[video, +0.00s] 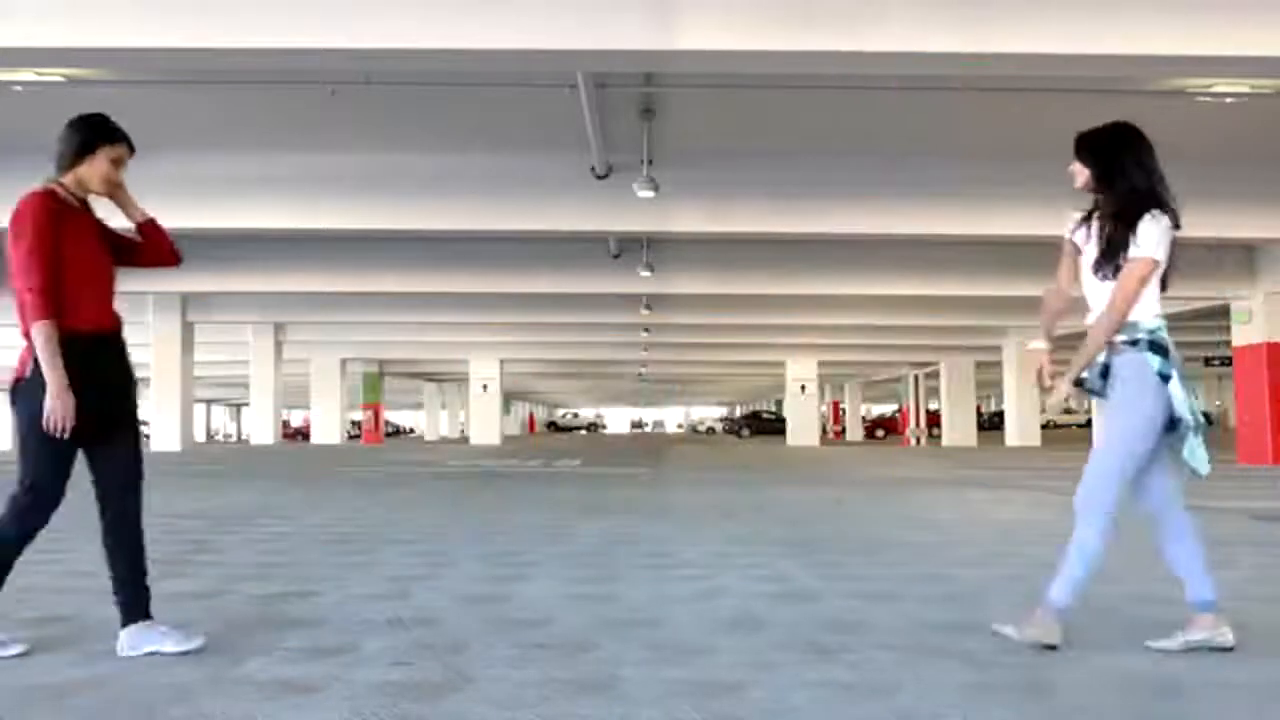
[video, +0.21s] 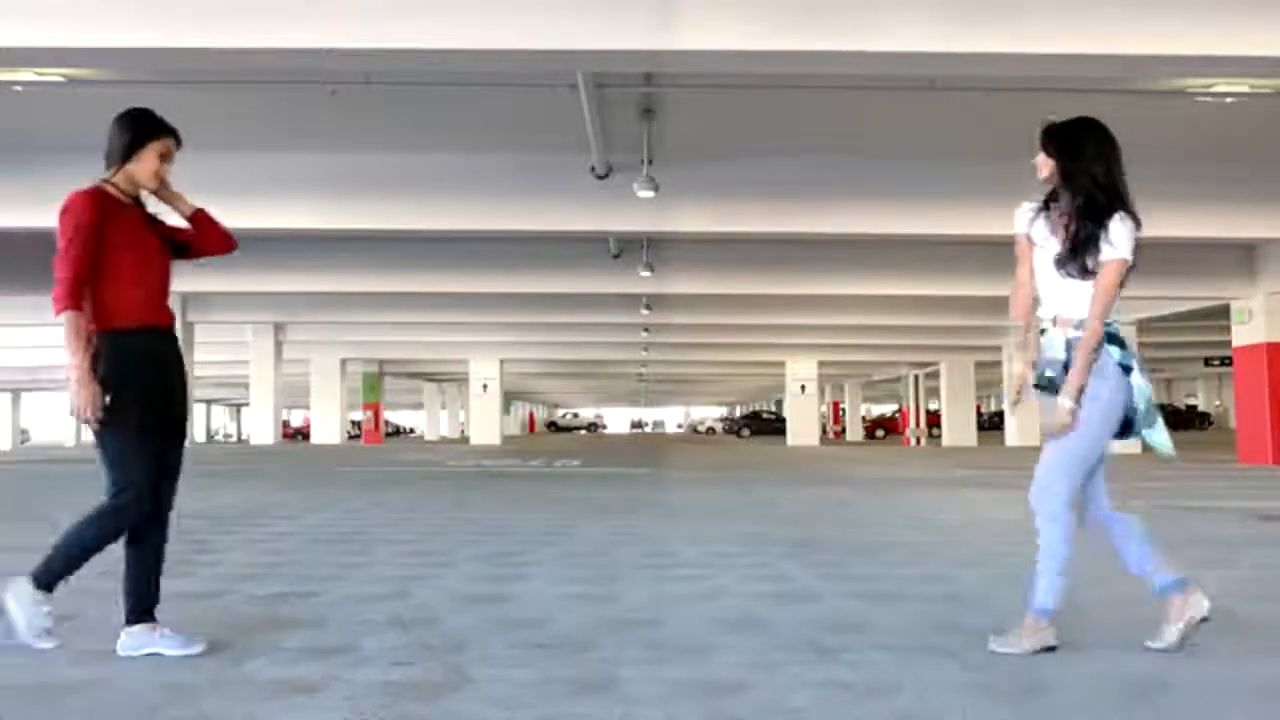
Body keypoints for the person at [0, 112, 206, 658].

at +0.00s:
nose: (117, 176)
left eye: (121, 167)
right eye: (114, 164)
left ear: (95, 163)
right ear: (85, 155)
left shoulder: (91, 227)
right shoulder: (36, 209)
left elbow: (165, 254)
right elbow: (33, 297)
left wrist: (121, 193)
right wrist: (56, 382)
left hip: (105, 364)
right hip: (51, 366)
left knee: (121, 494)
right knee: (36, 499)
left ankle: (136, 624)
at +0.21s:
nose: (167, 170)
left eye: (171, 161)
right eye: (161, 157)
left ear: (156, 161)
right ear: (128, 151)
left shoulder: (147, 223)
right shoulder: (87, 204)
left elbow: (220, 242)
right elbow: (69, 292)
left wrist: (171, 194)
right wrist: (82, 375)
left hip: (162, 355)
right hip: (116, 355)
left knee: (156, 499)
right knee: (132, 497)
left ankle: (139, 625)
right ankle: (33, 588)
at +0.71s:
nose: (275, 157)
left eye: (272, 147)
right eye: (266, 148)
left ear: (241, 159)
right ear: (239, 156)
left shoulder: (248, 220)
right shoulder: (211, 212)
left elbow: (302, 283)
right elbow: (203, 305)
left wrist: (275, 225)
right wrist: (214, 387)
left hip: (258, 362)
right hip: (230, 364)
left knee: (210, 500)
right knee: (265, 496)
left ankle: (144, 618)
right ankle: (303, 630)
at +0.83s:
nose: (299, 150)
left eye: (296, 140)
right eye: (289, 141)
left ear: (266, 151)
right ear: (261, 151)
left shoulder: (272, 214)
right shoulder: (238, 211)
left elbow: (300, 302)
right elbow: (236, 305)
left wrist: (307, 247)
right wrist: (276, 376)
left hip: (290, 359)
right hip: (259, 362)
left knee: (269, 499)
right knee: (279, 499)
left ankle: (169, 599)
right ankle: (304, 630)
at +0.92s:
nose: (315, 149)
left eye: (312, 139)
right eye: (305, 140)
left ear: (281, 151)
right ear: (277, 151)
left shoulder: (286, 214)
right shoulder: (256, 212)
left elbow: (294, 292)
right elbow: (257, 302)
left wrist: (326, 276)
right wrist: (319, 356)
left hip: (307, 364)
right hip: (278, 366)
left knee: (314, 497)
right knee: (287, 496)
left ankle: (205, 584)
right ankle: (304, 630)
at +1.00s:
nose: (333, 151)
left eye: (329, 142)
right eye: (324, 142)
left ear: (294, 152)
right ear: (298, 150)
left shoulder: (297, 213)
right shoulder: (271, 207)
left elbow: (312, 296)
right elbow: (300, 289)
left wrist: (367, 300)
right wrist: (355, 322)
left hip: (321, 356)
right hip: (291, 356)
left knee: (348, 495)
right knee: (295, 493)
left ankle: (257, 587)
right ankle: (304, 630)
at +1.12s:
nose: (359, 152)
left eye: (356, 143)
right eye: (350, 142)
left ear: (323, 151)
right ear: (321, 148)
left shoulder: (335, 220)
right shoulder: (288, 203)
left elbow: (390, 271)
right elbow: (337, 226)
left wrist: (453, 272)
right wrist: (409, 225)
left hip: (344, 361)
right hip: (304, 360)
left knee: (385, 482)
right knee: (304, 494)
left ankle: (351, 614)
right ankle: (304, 631)